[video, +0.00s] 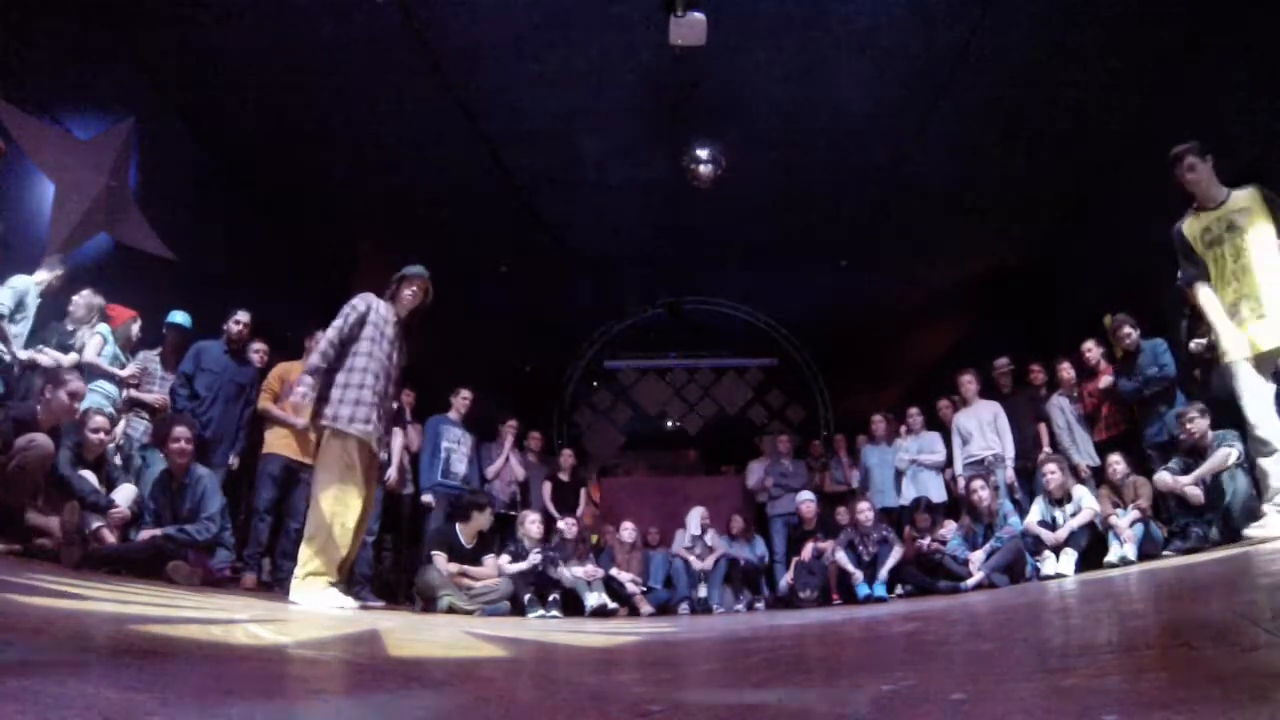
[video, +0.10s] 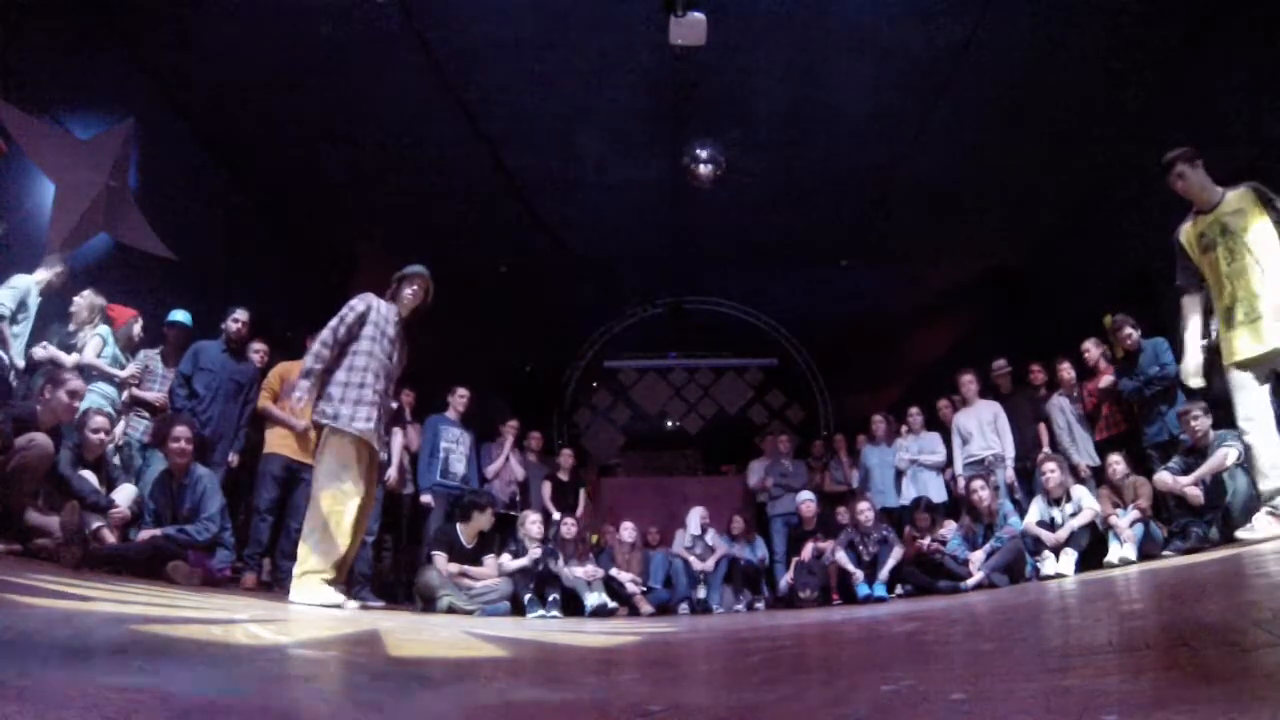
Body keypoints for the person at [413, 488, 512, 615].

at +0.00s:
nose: (492, 519)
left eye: (491, 514)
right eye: (489, 514)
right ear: (474, 514)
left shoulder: (484, 540)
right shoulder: (441, 534)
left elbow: (492, 572)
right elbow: (443, 571)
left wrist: (462, 569)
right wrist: (474, 584)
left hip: (475, 590)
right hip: (447, 589)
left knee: (506, 585)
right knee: (431, 574)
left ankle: (454, 604)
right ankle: (477, 610)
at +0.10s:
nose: (493, 519)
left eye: (492, 514)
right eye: (490, 514)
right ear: (475, 514)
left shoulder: (486, 539)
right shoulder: (444, 533)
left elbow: (492, 572)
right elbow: (442, 570)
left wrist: (462, 569)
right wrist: (474, 584)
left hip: (478, 590)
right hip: (449, 588)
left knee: (506, 585)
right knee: (430, 576)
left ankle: (454, 605)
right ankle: (477, 610)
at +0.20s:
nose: (493, 519)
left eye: (493, 514)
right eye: (490, 514)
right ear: (475, 513)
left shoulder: (486, 539)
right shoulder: (445, 533)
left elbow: (492, 572)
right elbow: (442, 569)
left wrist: (462, 569)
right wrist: (475, 584)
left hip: (478, 590)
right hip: (450, 588)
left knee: (506, 585)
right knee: (430, 576)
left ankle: (454, 604)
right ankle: (477, 610)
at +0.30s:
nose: (493, 519)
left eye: (493, 514)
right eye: (490, 514)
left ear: (478, 514)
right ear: (475, 514)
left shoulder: (486, 538)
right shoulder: (445, 533)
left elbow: (492, 572)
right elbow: (442, 570)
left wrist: (462, 569)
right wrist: (475, 584)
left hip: (477, 590)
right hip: (448, 589)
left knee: (507, 585)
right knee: (429, 574)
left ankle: (455, 604)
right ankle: (478, 610)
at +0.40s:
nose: (493, 519)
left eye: (493, 514)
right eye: (490, 514)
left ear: (477, 514)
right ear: (475, 514)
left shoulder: (486, 538)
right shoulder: (445, 532)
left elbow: (492, 572)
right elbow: (441, 569)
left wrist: (462, 569)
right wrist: (475, 584)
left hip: (477, 590)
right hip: (449, 588)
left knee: (507, 585)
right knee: (429, 572)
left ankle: (456, 604)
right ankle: (476, 609)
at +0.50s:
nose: (493, 518)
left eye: (493, 513)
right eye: (490, 513)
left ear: (477, 514)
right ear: (475, 513)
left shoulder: (486, 538)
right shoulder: (444, 532)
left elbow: (492, 572)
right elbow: (442, 570)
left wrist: (461, 569)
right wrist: (475, 584)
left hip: (478, 590)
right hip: (448, 588)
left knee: (507, 584)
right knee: (428, 572)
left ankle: (456, 604)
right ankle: (476, 609)